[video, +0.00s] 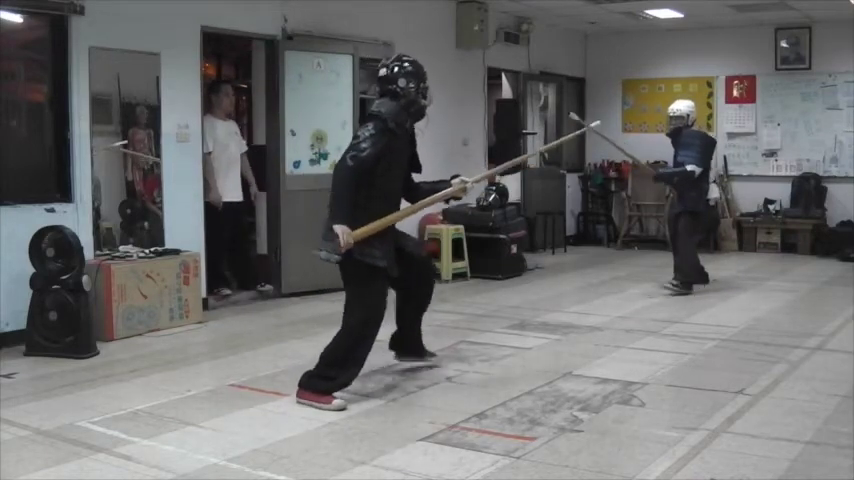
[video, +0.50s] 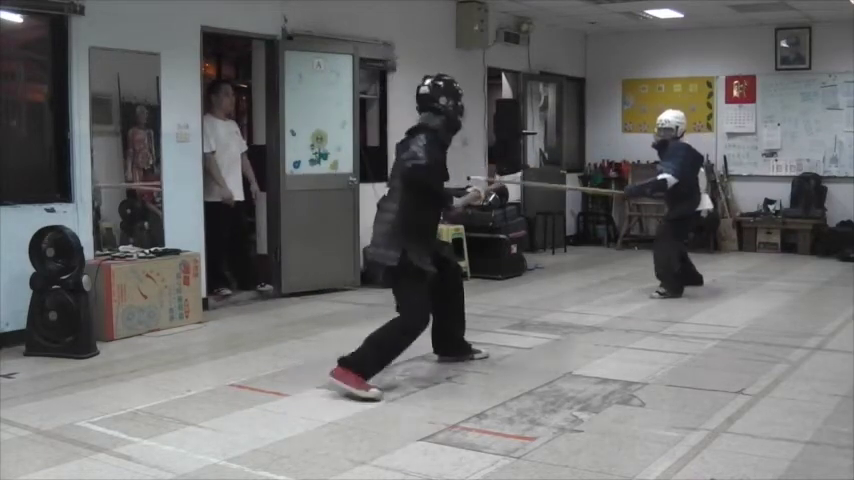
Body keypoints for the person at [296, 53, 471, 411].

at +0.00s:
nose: (424, 97)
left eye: (423, 89)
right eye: (419, 89)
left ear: (400, 90)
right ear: (403, 90)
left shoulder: (402, 132)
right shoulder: (379, 130)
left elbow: (410, 191)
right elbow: (345, 169)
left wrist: (450, 188)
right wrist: (340, 222)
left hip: (382, 234)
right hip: (357, 237)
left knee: (419, 272)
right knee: (366, 312)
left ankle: (408, 344)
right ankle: (316, 386)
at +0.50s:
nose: (461, 110)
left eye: (460, 103)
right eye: (457, 103)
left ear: (430, 105)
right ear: (445, 104)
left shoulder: (430, 142)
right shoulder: (423, 140)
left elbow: (425, 203)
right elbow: (418, 186)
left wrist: (464, 201)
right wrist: (459, 198)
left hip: (413, 239)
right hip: (399, 240)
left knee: (449, 275)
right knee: (415, 316)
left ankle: (451, 347)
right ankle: (352, 369)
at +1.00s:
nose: (375, 70)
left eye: (375, 63)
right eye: (369, 61)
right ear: (350, 60)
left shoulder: (354, 106)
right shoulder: (328, 92)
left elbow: (361, 175)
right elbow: (291, 126)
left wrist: (403, 187)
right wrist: (309, 146)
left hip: (322, 210)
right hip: (304, 210)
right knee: (344, 282)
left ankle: (280, 359)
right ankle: (372, 366)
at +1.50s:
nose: (254, 97)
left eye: (255, 89)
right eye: (244, 89)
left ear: (254, 94)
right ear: (220, 93)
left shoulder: (241, 138)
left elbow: (239, 208)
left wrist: (290, 222)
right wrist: (131, 244)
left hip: (216, 255)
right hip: (176, 259)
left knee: (264, 299)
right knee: (180, 349)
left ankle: (267, 378)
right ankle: (115, 417)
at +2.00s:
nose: (307, 94)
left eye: (308, 88)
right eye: (301, 86)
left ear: (300, 90)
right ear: (280, 85)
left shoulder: (287, 133)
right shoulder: (255, 125)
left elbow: (296, 196)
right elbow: (219, 169)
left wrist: (339, 195)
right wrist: (210, 226)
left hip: (261, 241)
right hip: (227, 241)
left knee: (297, 295)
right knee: (232, 324)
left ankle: (303, 373)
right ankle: (172, 396)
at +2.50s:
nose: (306, 85)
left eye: (307, 77)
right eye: (299, 76)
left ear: (296, 78)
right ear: (278, 75)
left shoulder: (286, 123)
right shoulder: (250, 120)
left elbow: (291, 184)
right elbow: (211, 164)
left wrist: (336, 188)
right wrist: (207, 219)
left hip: (265, 235)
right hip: (231, 238)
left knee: (302, 287)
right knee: (247, 323)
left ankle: (305, 369)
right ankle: (206, 397)